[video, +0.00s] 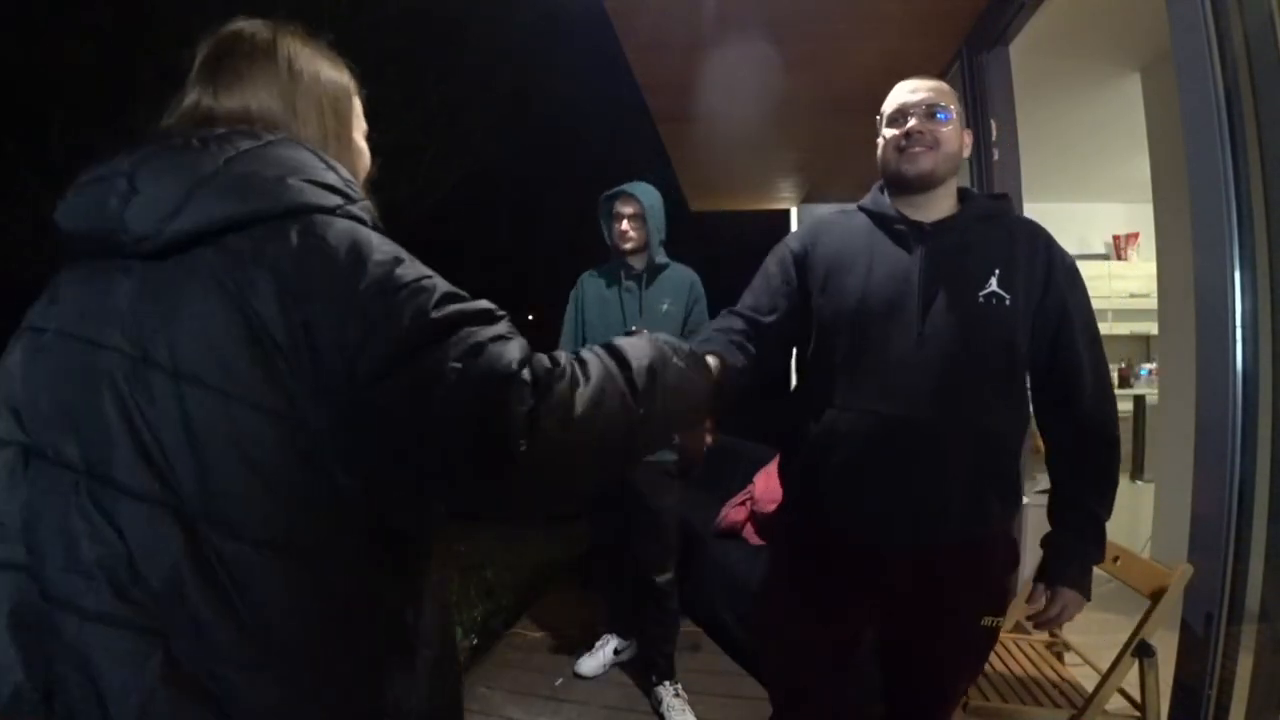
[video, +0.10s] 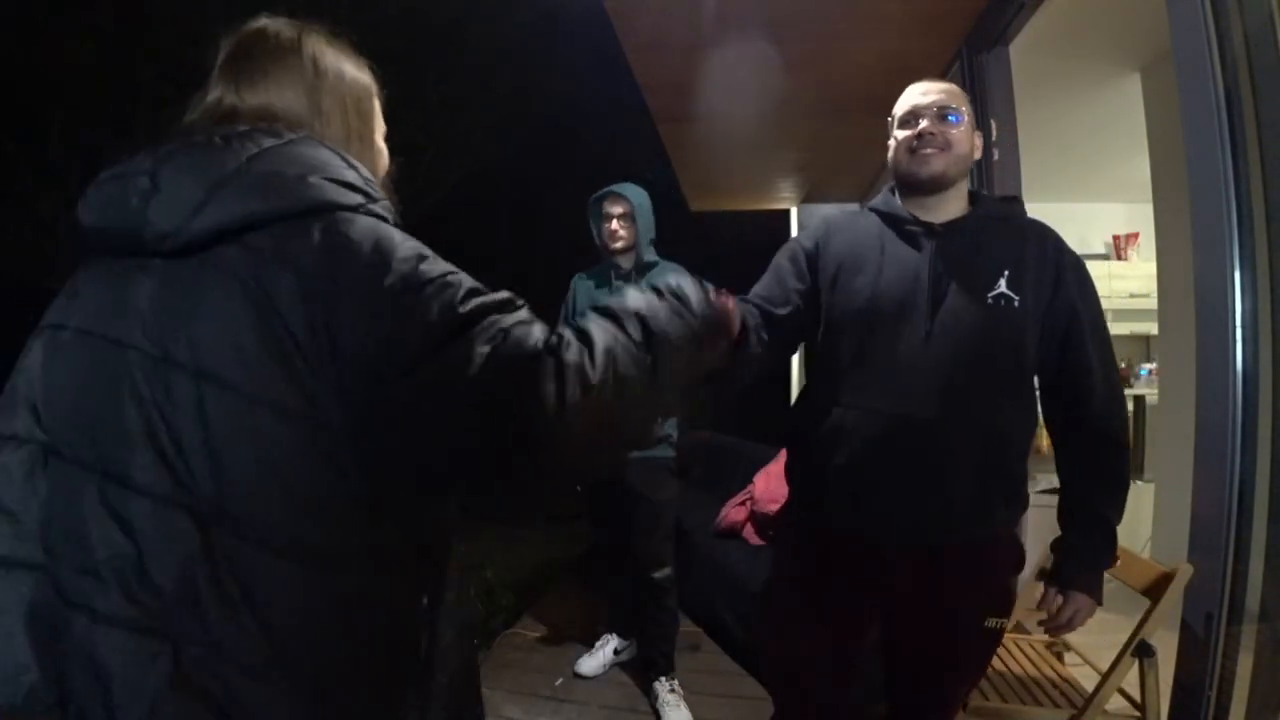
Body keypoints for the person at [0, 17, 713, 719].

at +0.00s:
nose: (367, 166)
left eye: (365, 144)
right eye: (358, 143)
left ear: (202, 125)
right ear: (319, 136)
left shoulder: (67, 292)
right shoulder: (326, 263)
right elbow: (522, 416)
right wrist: (683, 376)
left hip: (75, 687)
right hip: (309, 684)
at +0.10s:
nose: (385, 159)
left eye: (382, 138)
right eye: (379, 137)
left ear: (217, 122)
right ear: (343, 136)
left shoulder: (91, 283)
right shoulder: (350, 262)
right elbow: (553, 403)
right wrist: (682, 309)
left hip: (91, 687)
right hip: (321, 686)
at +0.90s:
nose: (397, 224)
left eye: (397, 210)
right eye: (394, 209)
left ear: (284, 177)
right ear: (372, 199)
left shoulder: (191, 271)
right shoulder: (358, 277)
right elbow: (508, 409)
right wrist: (619, 366)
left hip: (151, 621)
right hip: (276, 640)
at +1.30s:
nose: (382, 223)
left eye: (382, 206)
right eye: (374, 202)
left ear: (301, 190)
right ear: (329, 194)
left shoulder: (204, 261)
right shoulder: (294, 281)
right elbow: (405, 421)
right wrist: (549, 417)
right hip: (194, 635)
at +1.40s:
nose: (366, 216)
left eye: (364, 196)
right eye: (355, 191)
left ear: (294, 187)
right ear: (303, 185)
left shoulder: (195, 257)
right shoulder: (257, 271)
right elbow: (362, 429)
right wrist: (532, 436)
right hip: (175, 635)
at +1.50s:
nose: (346, 202)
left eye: (345, 182)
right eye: (331, 176)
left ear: (273, 176)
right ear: (274, 171)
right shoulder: (211, 261)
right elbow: (294, 449)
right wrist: (482, 483)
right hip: (162, 664)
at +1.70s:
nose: (290, 179)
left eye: (291, 160)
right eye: (265, 150)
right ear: (188, 143)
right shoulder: (87, 254)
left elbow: (222, 489)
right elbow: (105, 512)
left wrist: (244, 653)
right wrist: (350, 594)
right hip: (93, 684)